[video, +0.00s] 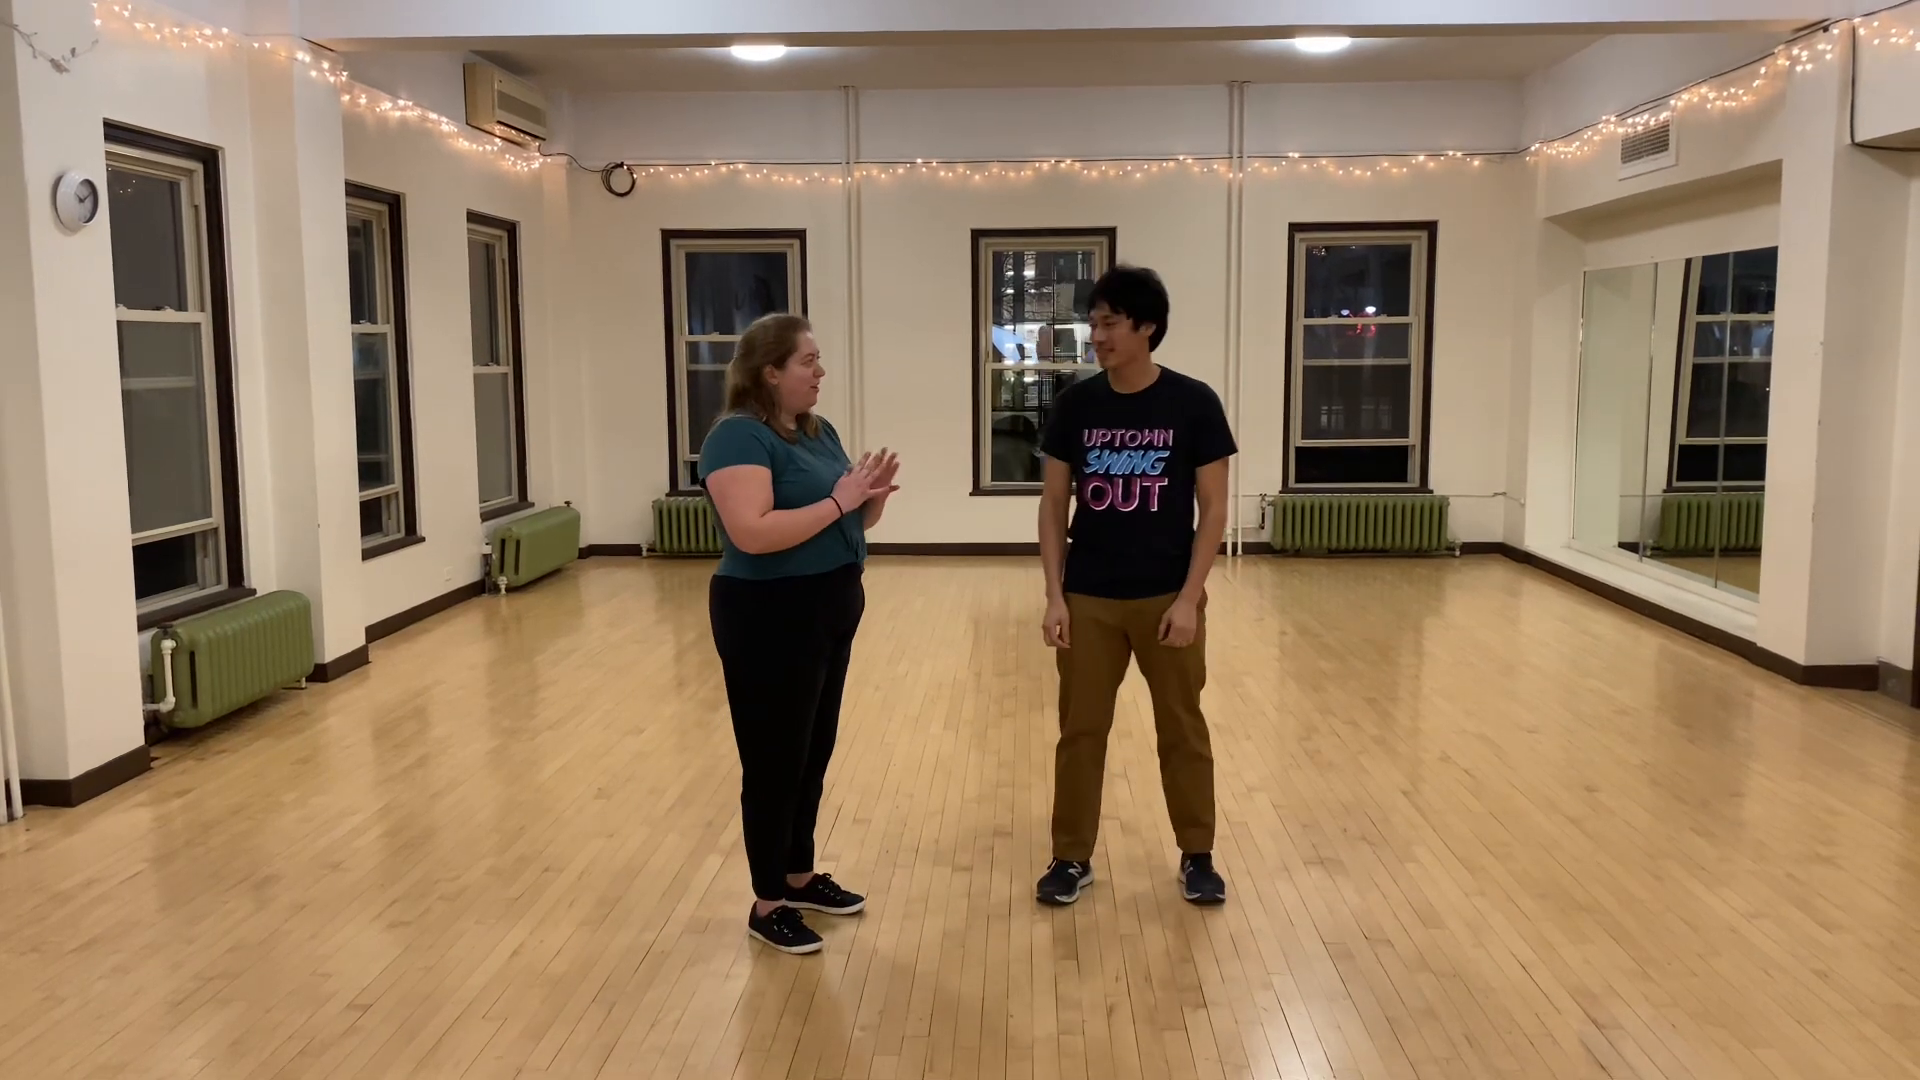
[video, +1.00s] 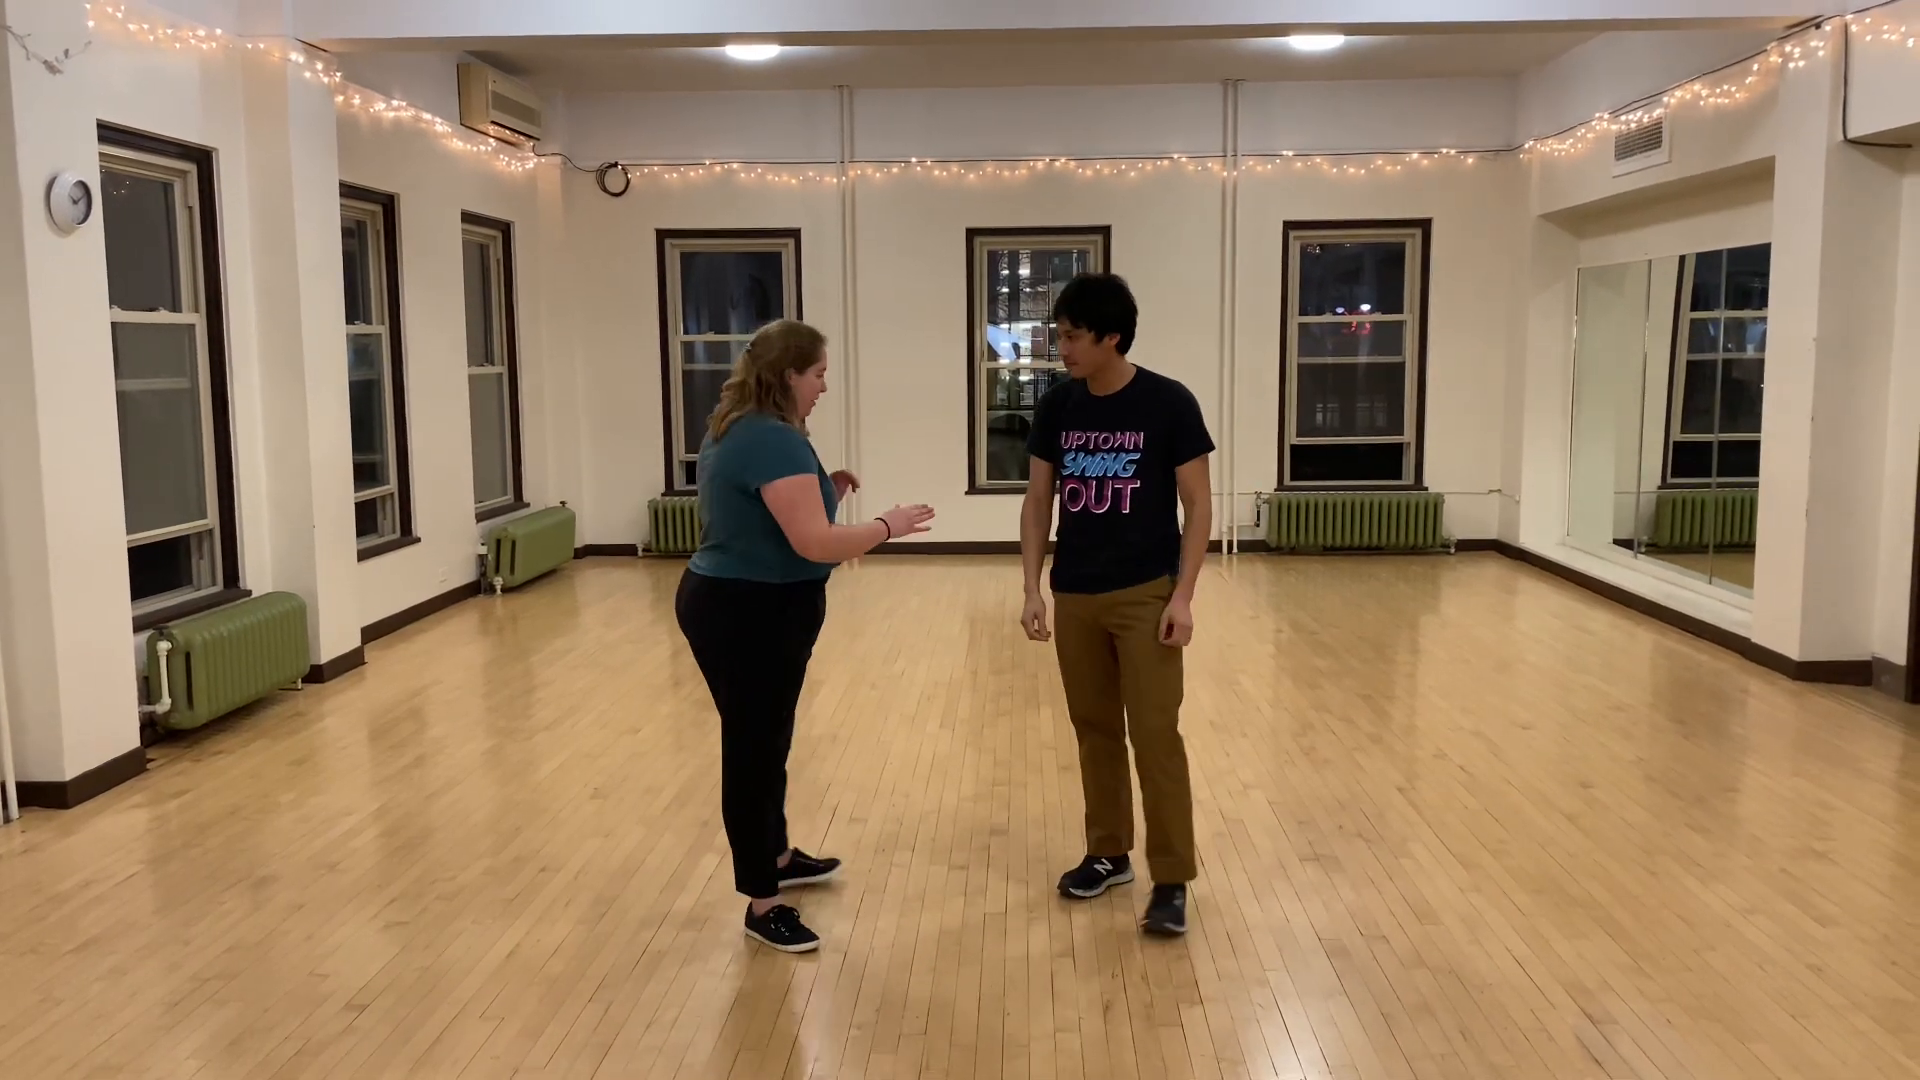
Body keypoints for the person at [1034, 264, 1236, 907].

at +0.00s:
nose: (1098, 334)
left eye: (1112, 322)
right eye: (1094, 322)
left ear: (1149, 328)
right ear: (1093, 326)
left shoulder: (1194, 403)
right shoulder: (1075, 404)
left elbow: (1214, 509)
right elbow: (1054, 504)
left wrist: (1191, 596)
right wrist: (1054, 594)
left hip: (1168, 602)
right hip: (1089, 601)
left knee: (1183, 733)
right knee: (1080, 734)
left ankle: (1197, 855)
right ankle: (1071, 857)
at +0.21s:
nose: (1116, 338)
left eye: (1130, 328)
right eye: (1115, 326)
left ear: (1169, 335)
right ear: (1119, 330)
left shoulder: (1217, 408)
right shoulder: (1099, 402)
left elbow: (1241, 512)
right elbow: (1075, 497)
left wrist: (1224, 604)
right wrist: (1071, 586)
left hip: (1186, 598)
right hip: (1105, 594)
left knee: (1192, 729)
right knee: (1088, 727)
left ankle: (1198, 853)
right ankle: (1074, 855)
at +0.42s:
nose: (1118, 338)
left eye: (1131, 329)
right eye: (1117, 325)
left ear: (1171, 338)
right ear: (1123, 328)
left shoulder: (1218, 410)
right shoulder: (1103, 398)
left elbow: (1247, 512)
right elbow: (1079, 493)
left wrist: (1242, 607)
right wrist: (1071, 577)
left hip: (1180, 596)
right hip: (1102, 593)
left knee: (1187, 725)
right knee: (1101, 726)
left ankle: (1197, 853)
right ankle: (1111, 853)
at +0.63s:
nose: (1102, 343)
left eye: (1114, 334)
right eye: (1100, 330)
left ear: (1152, 338)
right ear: (1103, 329)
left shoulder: (1200, 408)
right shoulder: (1084, 400)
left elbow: (1225, 513)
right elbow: (1059, 494)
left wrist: (1214, 602)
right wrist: (1053, 580)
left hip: (1165, 597)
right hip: (1090, 596)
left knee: (1178, 728)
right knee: (1099, 730)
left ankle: (1195, 854)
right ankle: (1110, 854)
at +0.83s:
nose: (1076, 349)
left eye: (1088, 339)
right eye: (1074, 337)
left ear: (1126, 340)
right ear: (1080, 335)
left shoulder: (1180, 407)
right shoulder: (1065, 407)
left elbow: (1204, 511)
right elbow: (1040, 503)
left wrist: (1187, 596)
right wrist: (1037, 589)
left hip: (1157, 598)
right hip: (1081, 600)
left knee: (1170, 728)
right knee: (1096, 731)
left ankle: (1192, 851)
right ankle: (1108, 854)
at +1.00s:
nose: (1062, 347)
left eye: (1072, 336)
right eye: (1060, 335)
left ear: (1112, 338)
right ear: (1072, 336)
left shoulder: (1169, 403)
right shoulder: (1058, 404)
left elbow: (1199, 507)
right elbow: (1037, 499)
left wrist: (1184, 594)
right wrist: (1033, 583)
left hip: (1147, 596)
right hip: (1075, 598)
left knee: (1154, 738)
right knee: (1095, 733)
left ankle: (1171, 880)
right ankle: (1109, 855)